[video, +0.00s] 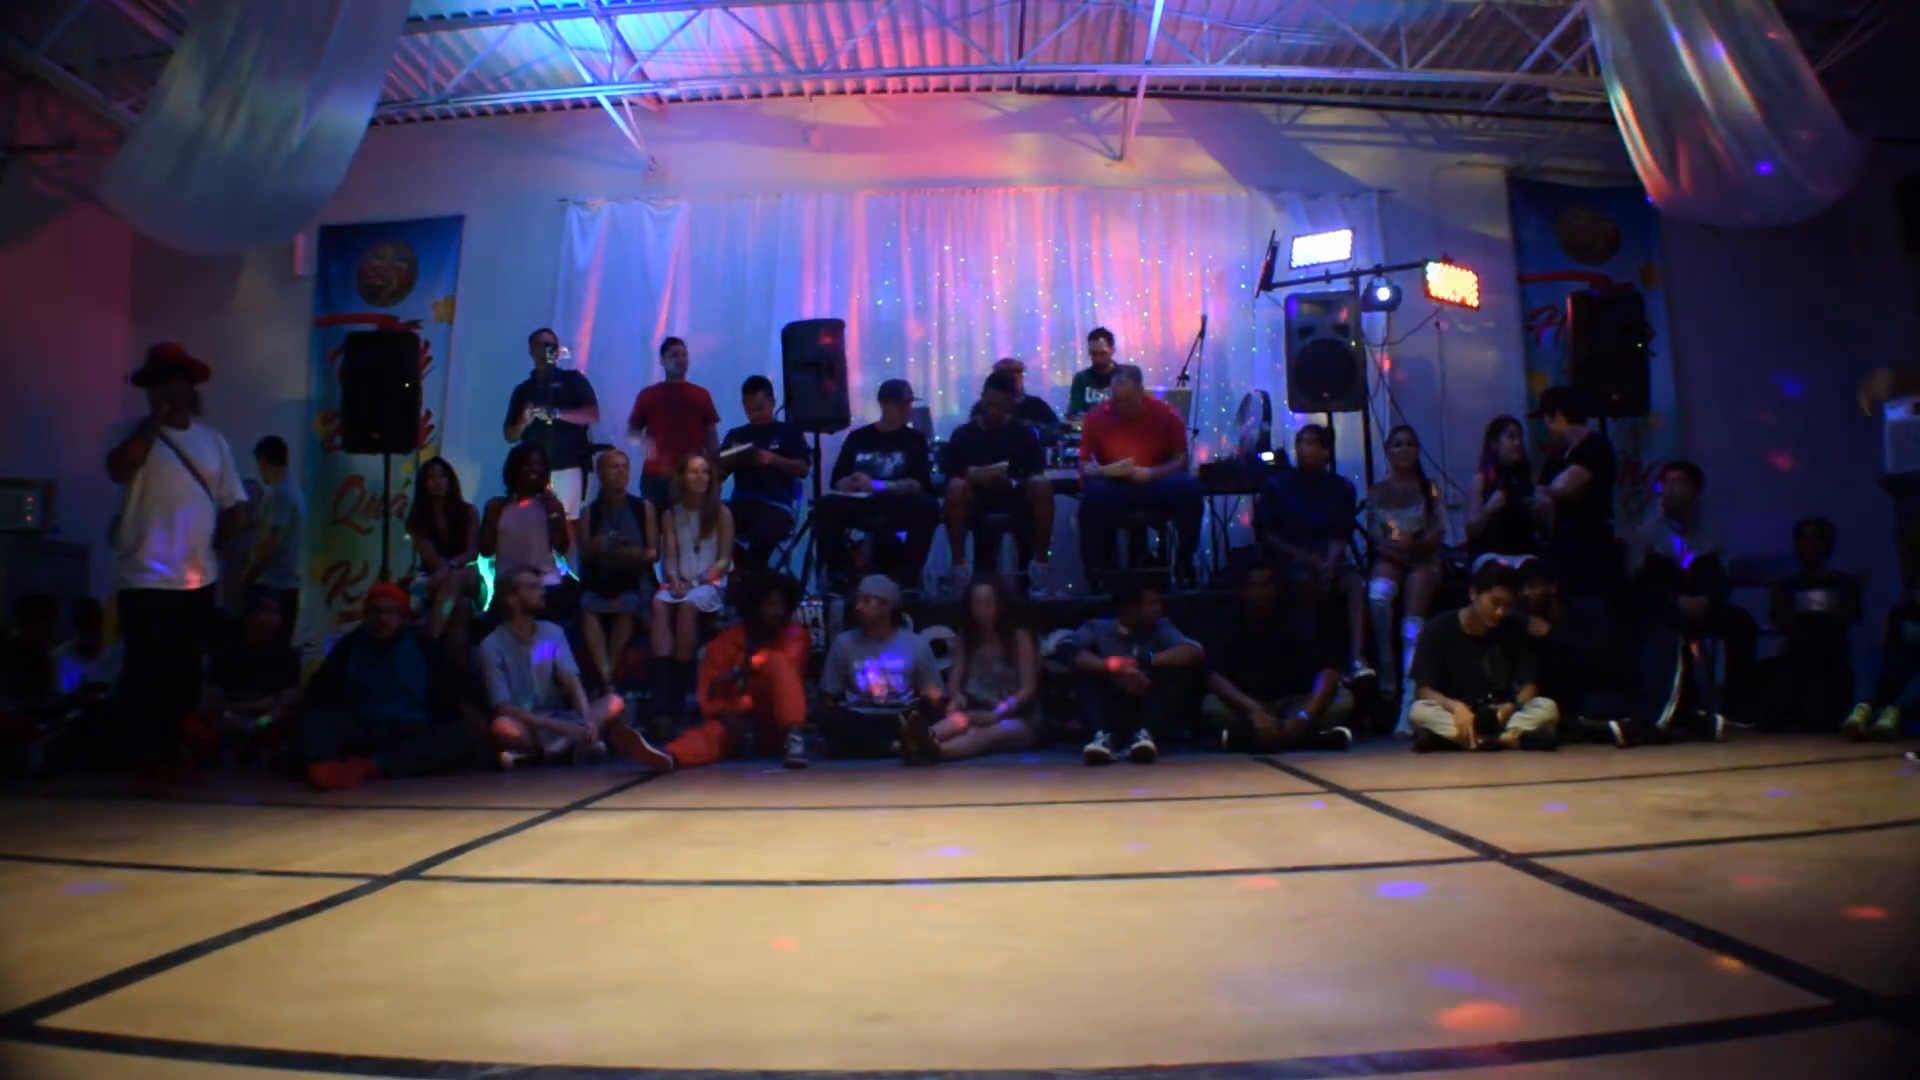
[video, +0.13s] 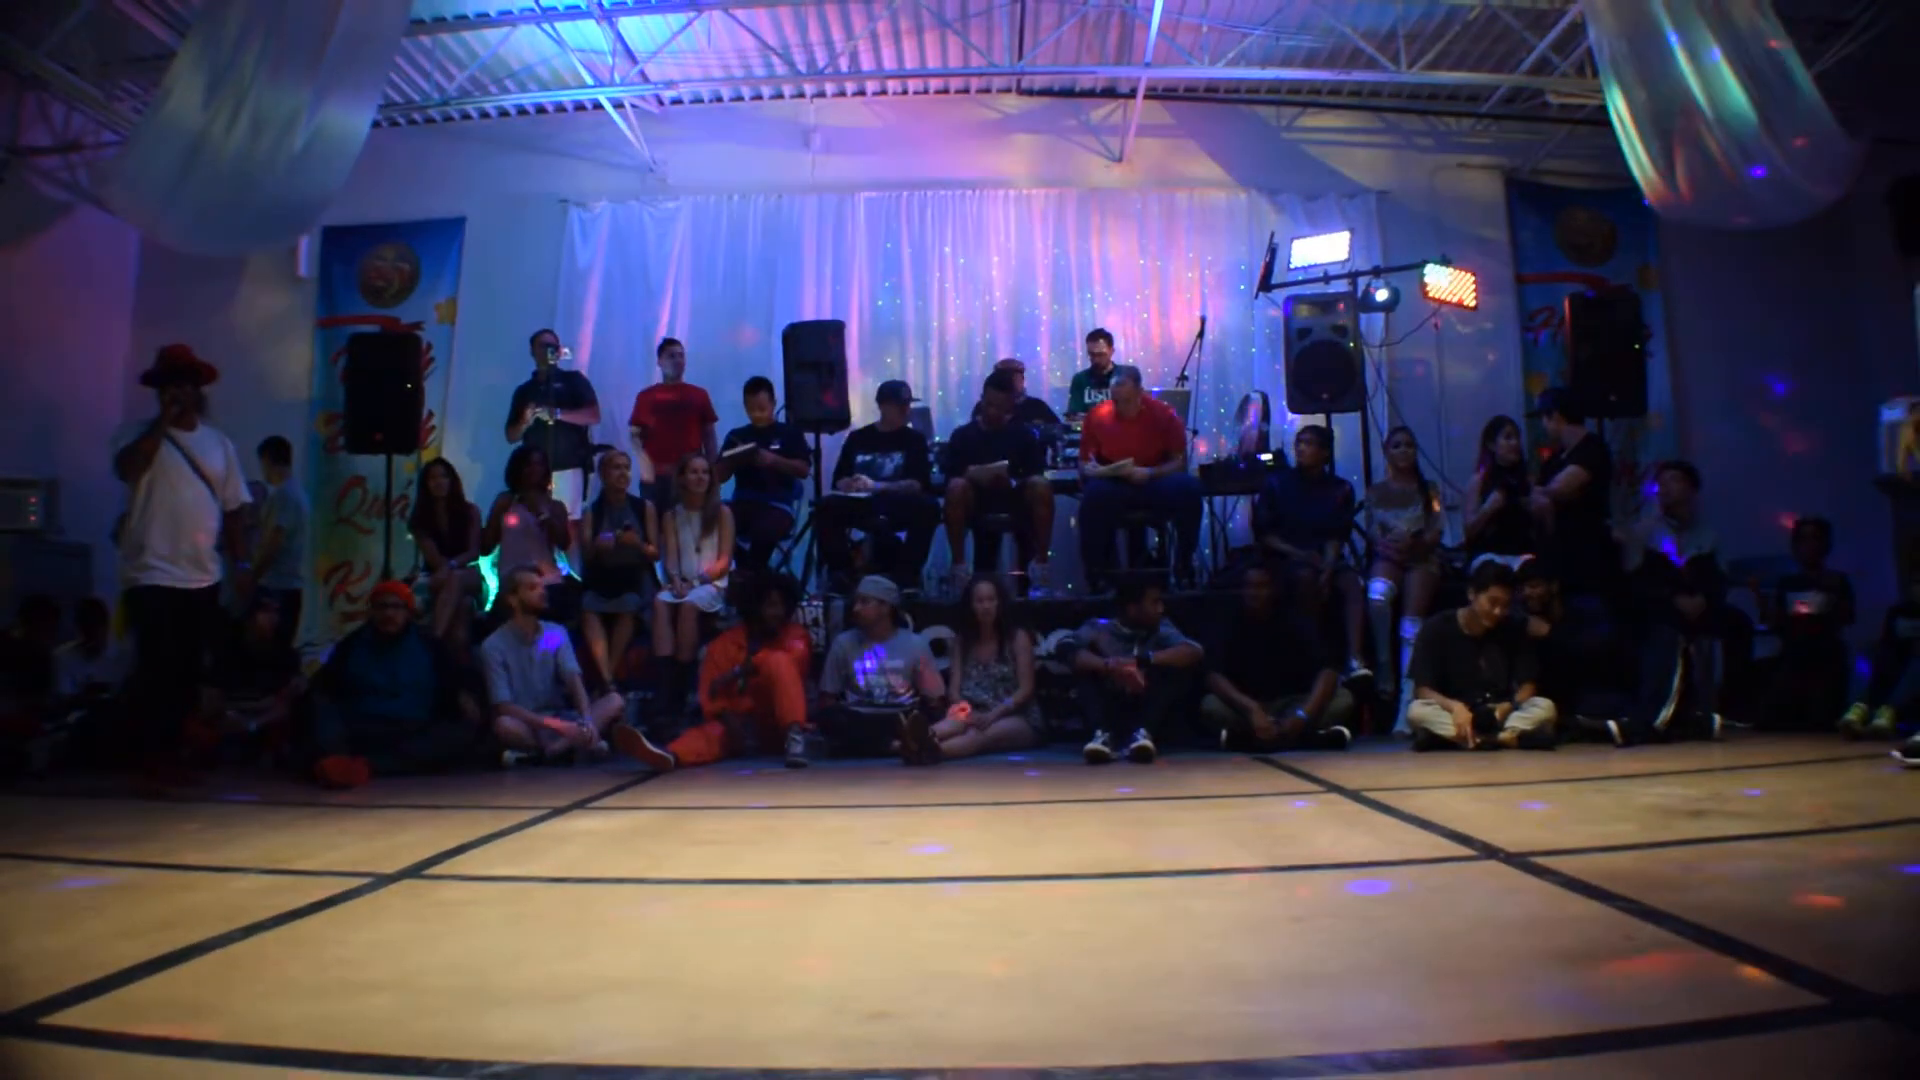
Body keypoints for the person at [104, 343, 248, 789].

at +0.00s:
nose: (176, 396)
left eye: (181, 388)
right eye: (166, 389)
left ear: (193, 391)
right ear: (151, 393)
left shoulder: (213, 442)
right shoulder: (138, 435)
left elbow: (235, 506)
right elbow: (119, 470)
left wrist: (220, 556)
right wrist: (157, 423)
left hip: (195, 582)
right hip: (146, 579)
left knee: (187, 676)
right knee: (146, 675)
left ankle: (179, 757)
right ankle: (143, 760)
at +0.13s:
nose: (179, 395)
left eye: (187, 387)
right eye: (171, 388)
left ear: (200, 391)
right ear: (159, 392)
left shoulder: (219, 444)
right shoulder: (144, 435)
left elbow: (236, 508)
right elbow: (128, 471)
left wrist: (240, 567)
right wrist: (163, 425)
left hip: (201, 581)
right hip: (151, 578)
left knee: (192, 676)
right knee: (157, 674)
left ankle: (183, 760)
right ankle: (150, 761)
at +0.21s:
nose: (182, 395)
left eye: (189, 387)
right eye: (173, 387)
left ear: (203, 392)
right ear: (161, 392)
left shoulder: (222, 445)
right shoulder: (147, 435)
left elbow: (238, 510)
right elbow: (131, 471)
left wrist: (243, 569)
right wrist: (165, 427)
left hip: (203, 580)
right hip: (154, 577)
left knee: (194, 675)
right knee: (162, 673)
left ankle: (187, 757)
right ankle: (156, 759)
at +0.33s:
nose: (189, 393)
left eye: (195, 385)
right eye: (179, 385)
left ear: (205, 389)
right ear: (163, 390)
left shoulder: (222, 443)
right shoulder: (147, 432)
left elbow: (239, 509)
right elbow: (134, 471)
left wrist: (239, 570)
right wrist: (169, 425)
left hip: (203, 583)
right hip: (154, 581)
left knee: (193, 682)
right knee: (163, 679)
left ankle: (185, 765)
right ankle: (161, 766)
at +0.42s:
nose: (193, 394)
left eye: (198, 385)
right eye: (182, 386)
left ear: (206, 389)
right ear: (165, 391)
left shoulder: (222, 443)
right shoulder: (147, 434)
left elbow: (241, 508)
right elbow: (138, 472)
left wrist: (239, 570)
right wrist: (172, 424)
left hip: (205, 587)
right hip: (155, 586)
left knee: (196, 684)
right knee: (160, 683)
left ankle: (188, 766)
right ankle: (160, 767)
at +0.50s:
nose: (199, 392)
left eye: (203, 383)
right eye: (188, 385)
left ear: (209, 389)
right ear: (167, 391)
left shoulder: (223, 442)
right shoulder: (148, 434)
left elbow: (243, 507)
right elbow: (144, 471)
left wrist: (241, 569)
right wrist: (177, 420)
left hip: (209, 588)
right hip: (160, 588)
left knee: (202, 685)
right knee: (165, 684)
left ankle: (194, 766)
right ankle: (164, 767)